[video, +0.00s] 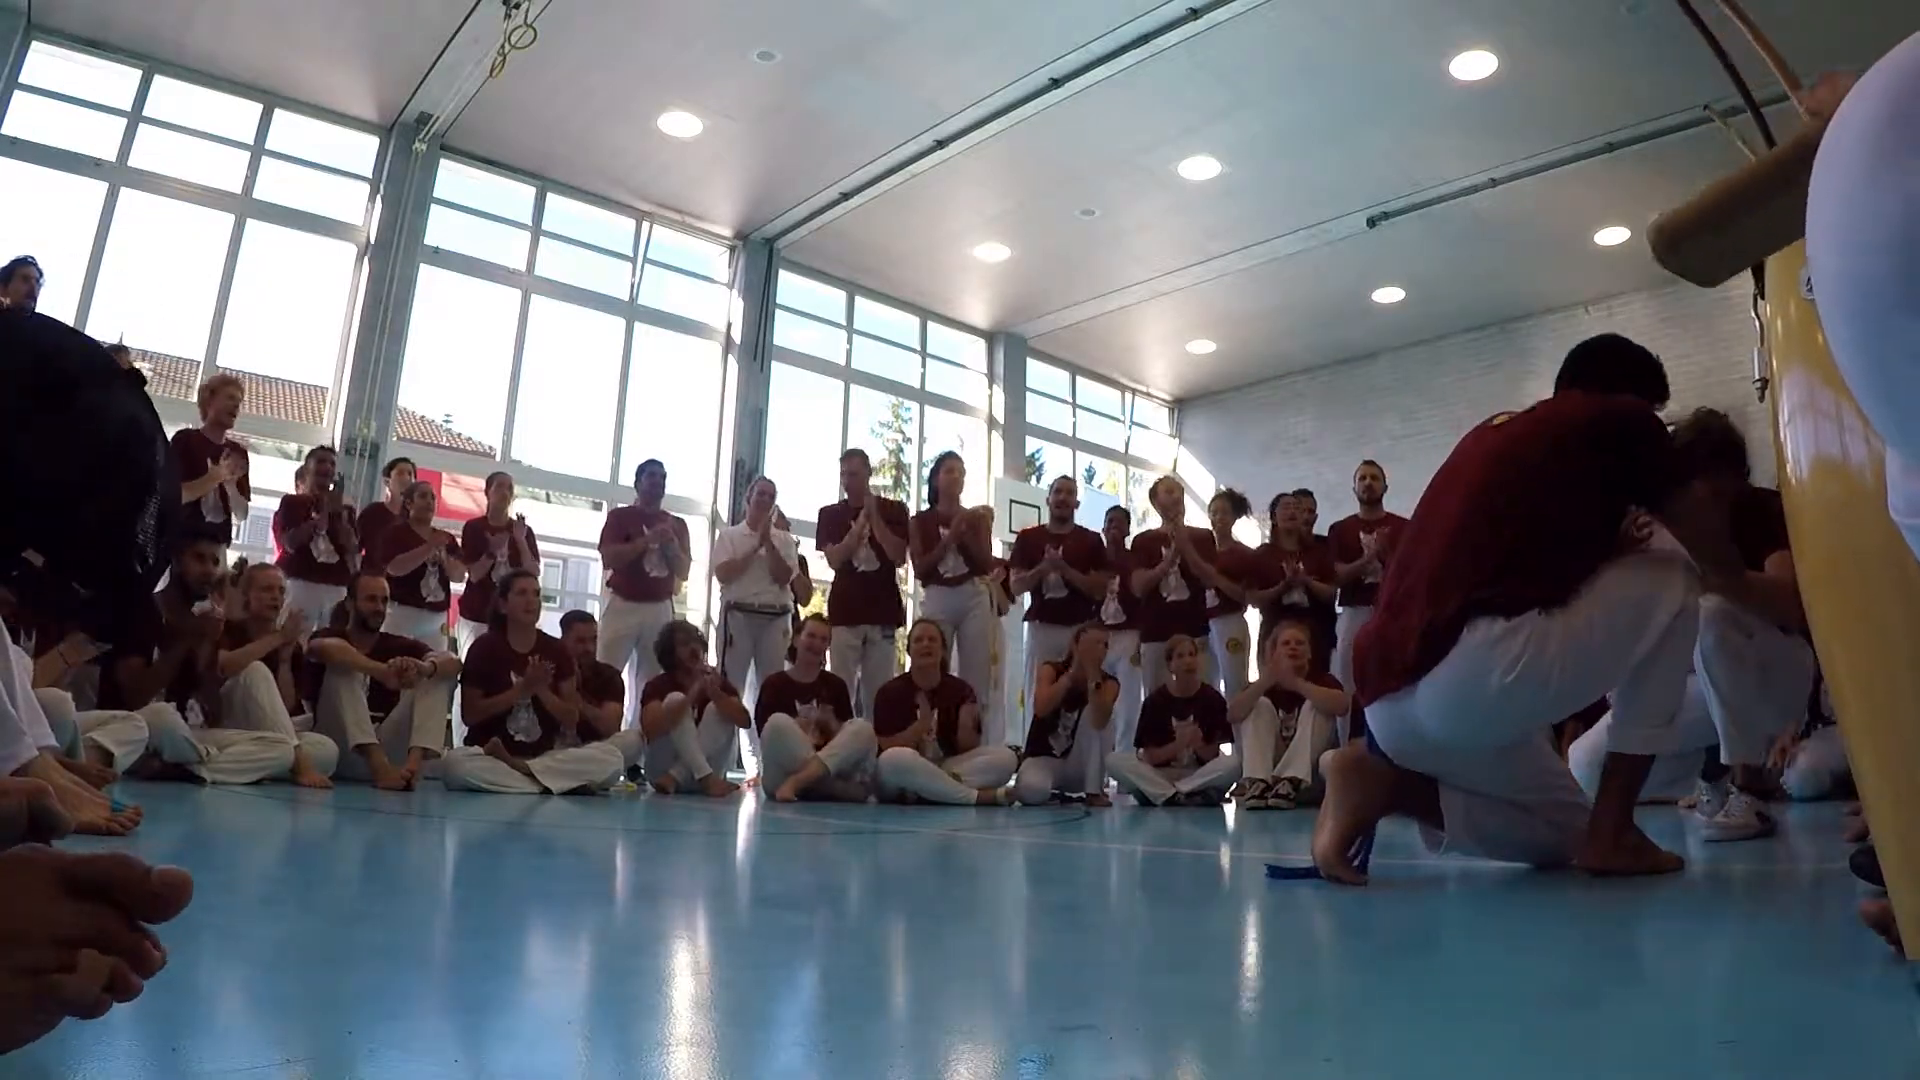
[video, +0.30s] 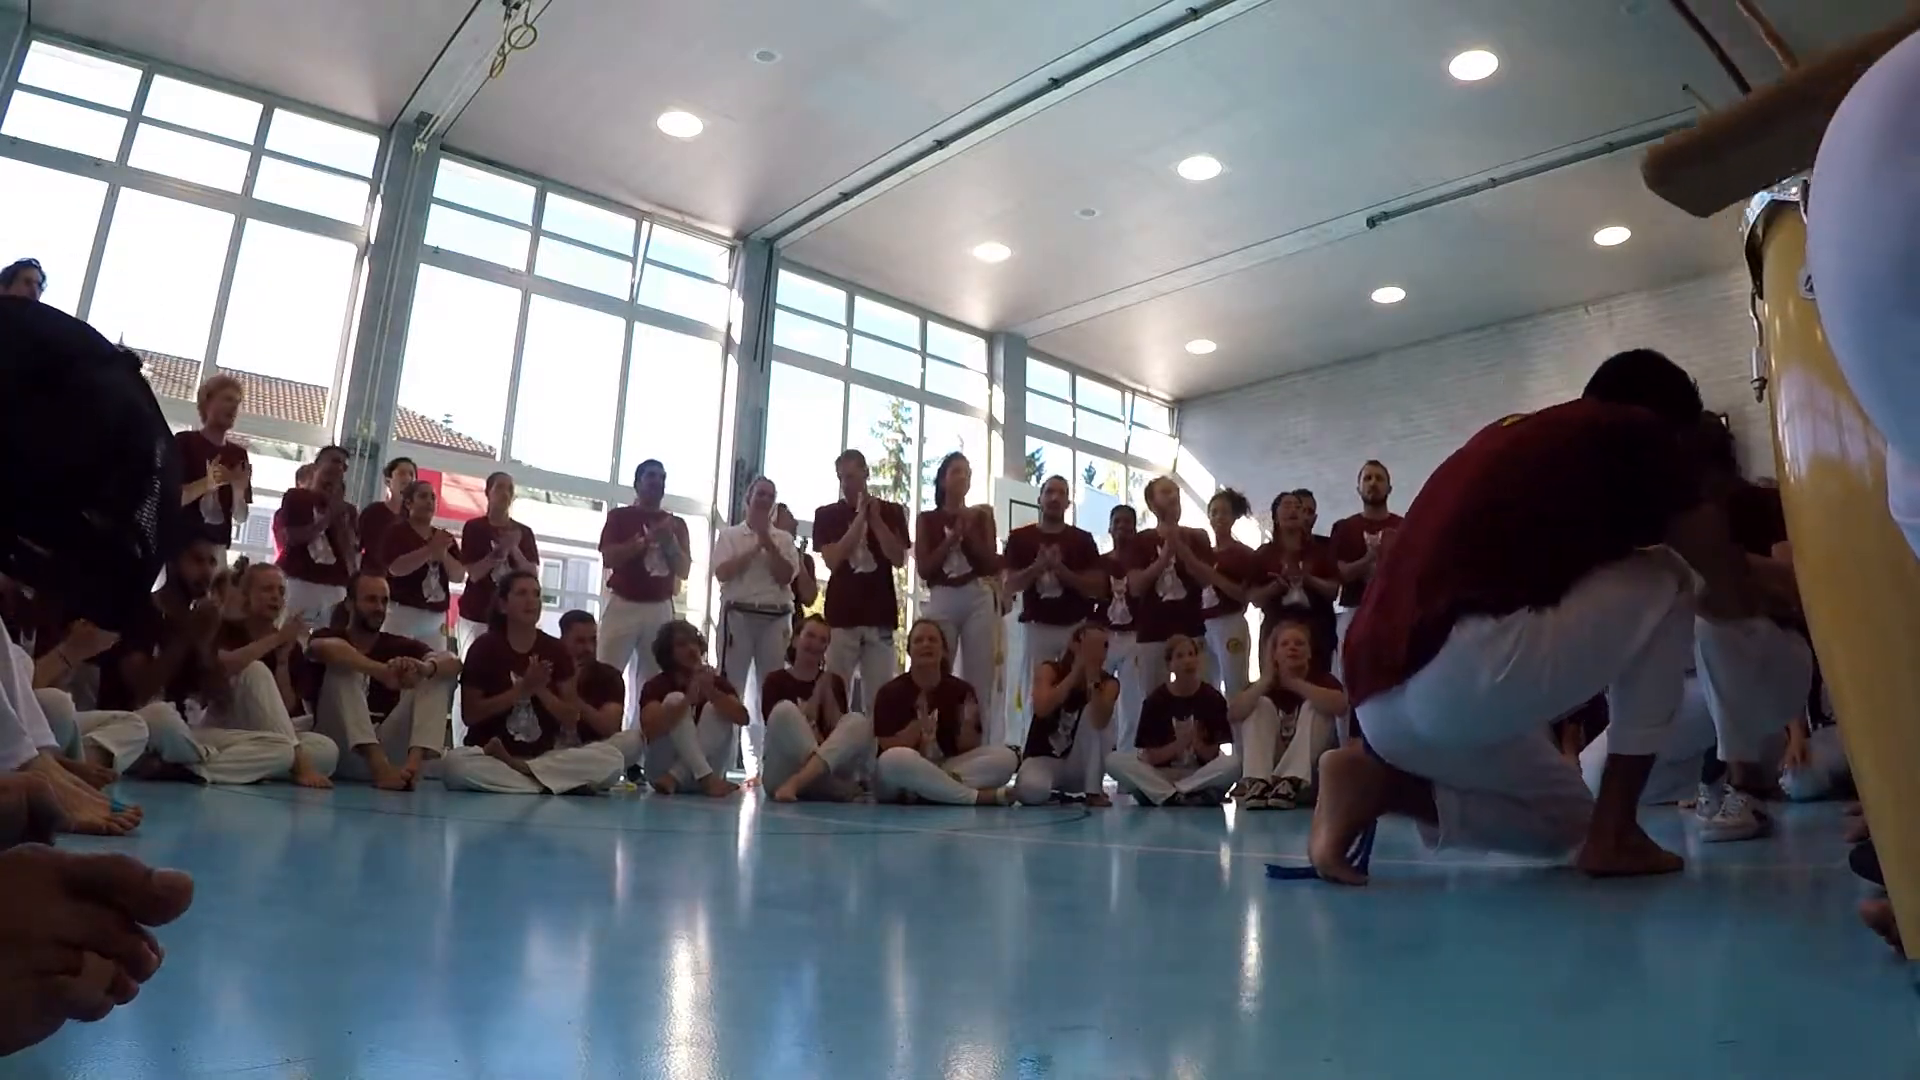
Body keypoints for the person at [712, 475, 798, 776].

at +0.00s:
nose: (762, 499)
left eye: (768, 496)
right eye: (758, 494)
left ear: (775, 503)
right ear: (747, 497)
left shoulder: (785, 539)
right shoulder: (729, 534)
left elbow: (784, 578)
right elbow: (723, 574)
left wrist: (768, 543)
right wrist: (755, 548)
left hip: (776, 618)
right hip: (737, 616)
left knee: (773, 690)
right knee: (730, 688)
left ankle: (769, 760)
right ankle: (723, 759)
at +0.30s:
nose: (762, 499)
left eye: (767, 495)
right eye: (758, 493)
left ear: (775, 502)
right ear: (747, 497)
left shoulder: (784, 538)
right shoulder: (730, 534)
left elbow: (786, 576)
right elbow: (722, 573)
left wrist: (767, 541)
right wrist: (753, 551)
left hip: (775, 618)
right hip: (737, 616)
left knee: (772, 691)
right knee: (730, 689)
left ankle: (770, 761)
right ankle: (725, 760)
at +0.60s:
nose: (765, 500)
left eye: (770, 496)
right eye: (760, 494)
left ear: (774, 502)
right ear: (748, 497)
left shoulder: (784, 538)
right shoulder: (730, 534)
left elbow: (785, 579)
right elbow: (724, 574)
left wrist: (781, 548)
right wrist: (744, 543)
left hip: (776, 618)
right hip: (737, 616)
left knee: (774, 689)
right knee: (733, 688)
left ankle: (773, 744)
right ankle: (732, 744)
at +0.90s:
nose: (765, 500)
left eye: (770, 496)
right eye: (761, 494)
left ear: (775, 502)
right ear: (748, 497)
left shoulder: (784, 538)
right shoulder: (730, 535)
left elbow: (786, 577)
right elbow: (721, 572)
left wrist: (781, 542)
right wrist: (744, 538)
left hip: (776, 617)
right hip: (737, 616)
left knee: (773, 690)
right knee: (732, 689)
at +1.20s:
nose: (765, 500)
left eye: (770, 496)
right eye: (760, 494)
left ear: (775, 502)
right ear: (748, 497)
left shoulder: (784, 538)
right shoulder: (730, 535)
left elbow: (785, 576)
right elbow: (722, 572)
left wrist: (769, 540)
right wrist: (750, 544)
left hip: (775, 618)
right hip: (737, 615)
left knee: (771, 690)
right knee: (732, 689)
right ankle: (728, 745)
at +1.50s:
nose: (764, 499)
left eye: (769, 496)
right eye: (759, 493)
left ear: (773, 502)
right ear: (747, 497)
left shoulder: (784, 538)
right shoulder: (728, 535)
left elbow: (785, 576)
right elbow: (722, 571)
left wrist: (770, 546)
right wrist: (752, 545)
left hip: (775, 618)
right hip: (736, 616)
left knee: (771, 690)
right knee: (731, 687)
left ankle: (769, 746)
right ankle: (727, 746)